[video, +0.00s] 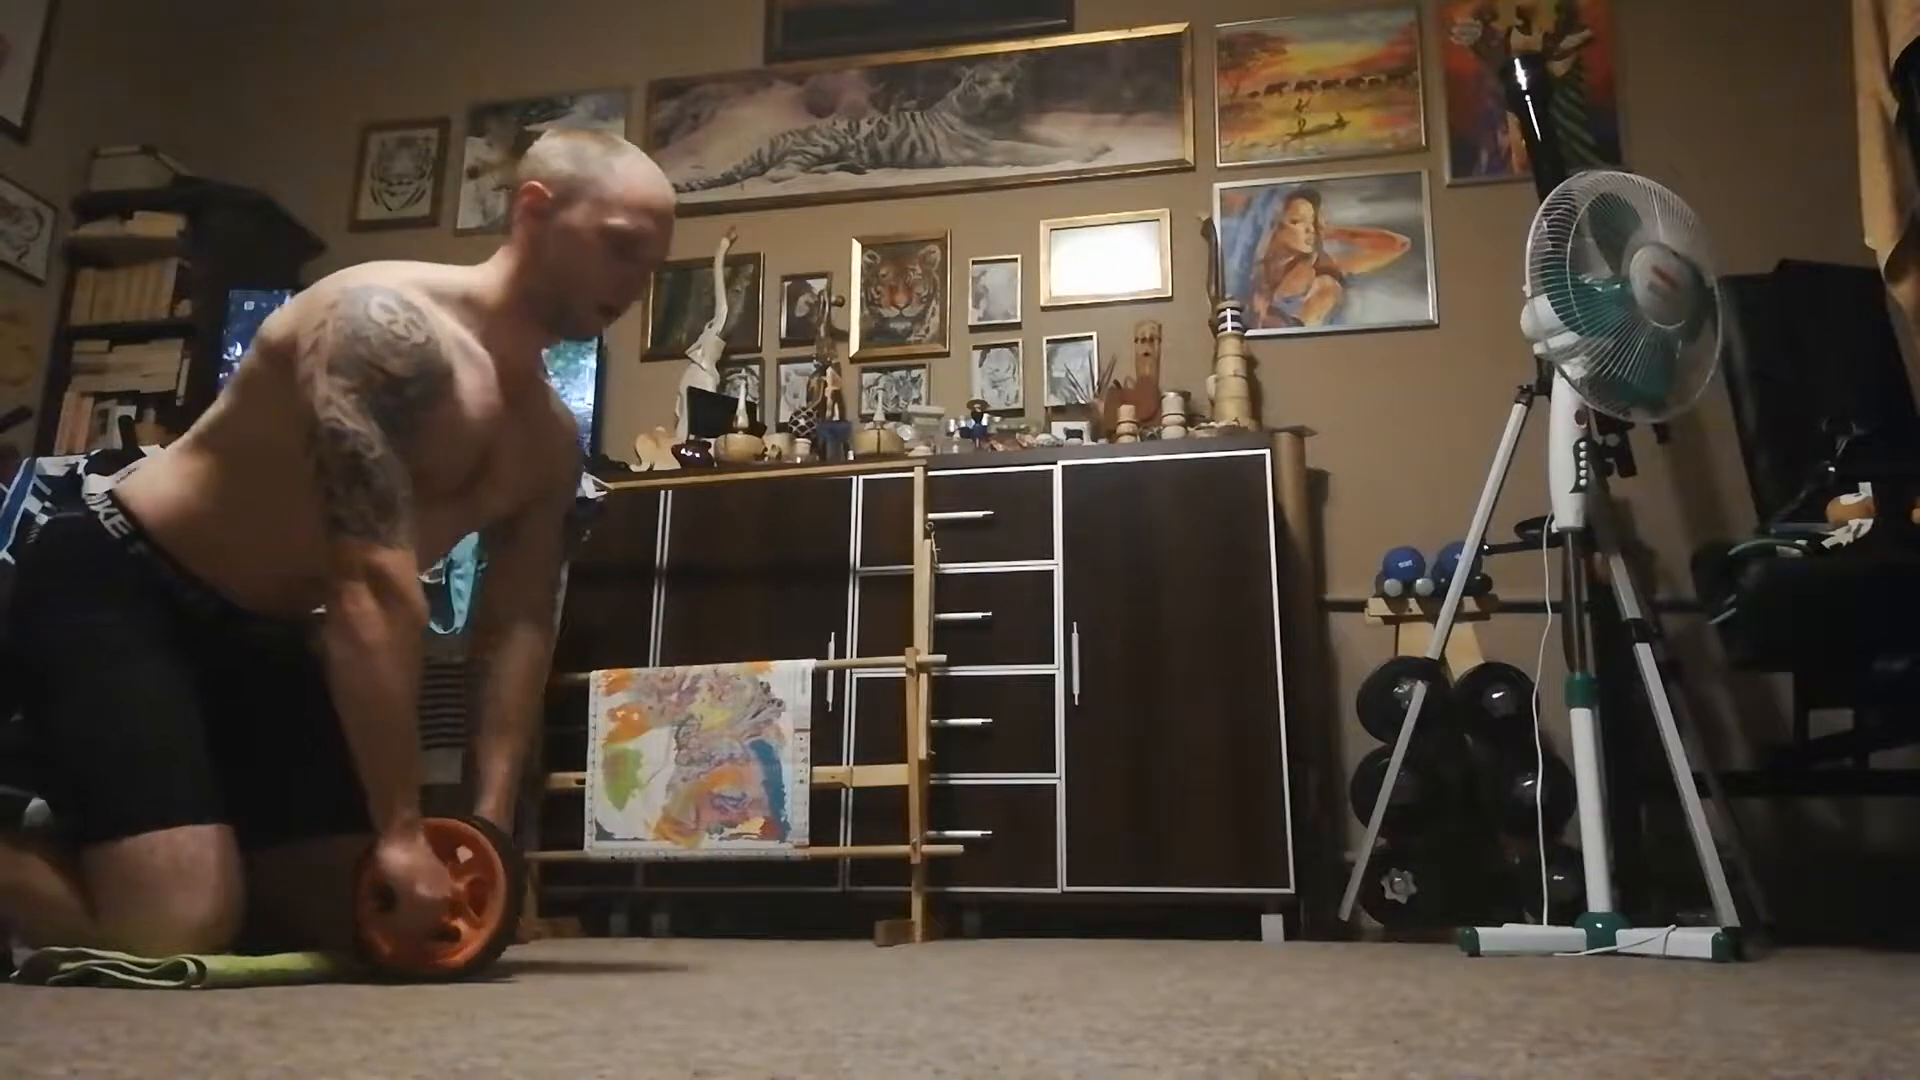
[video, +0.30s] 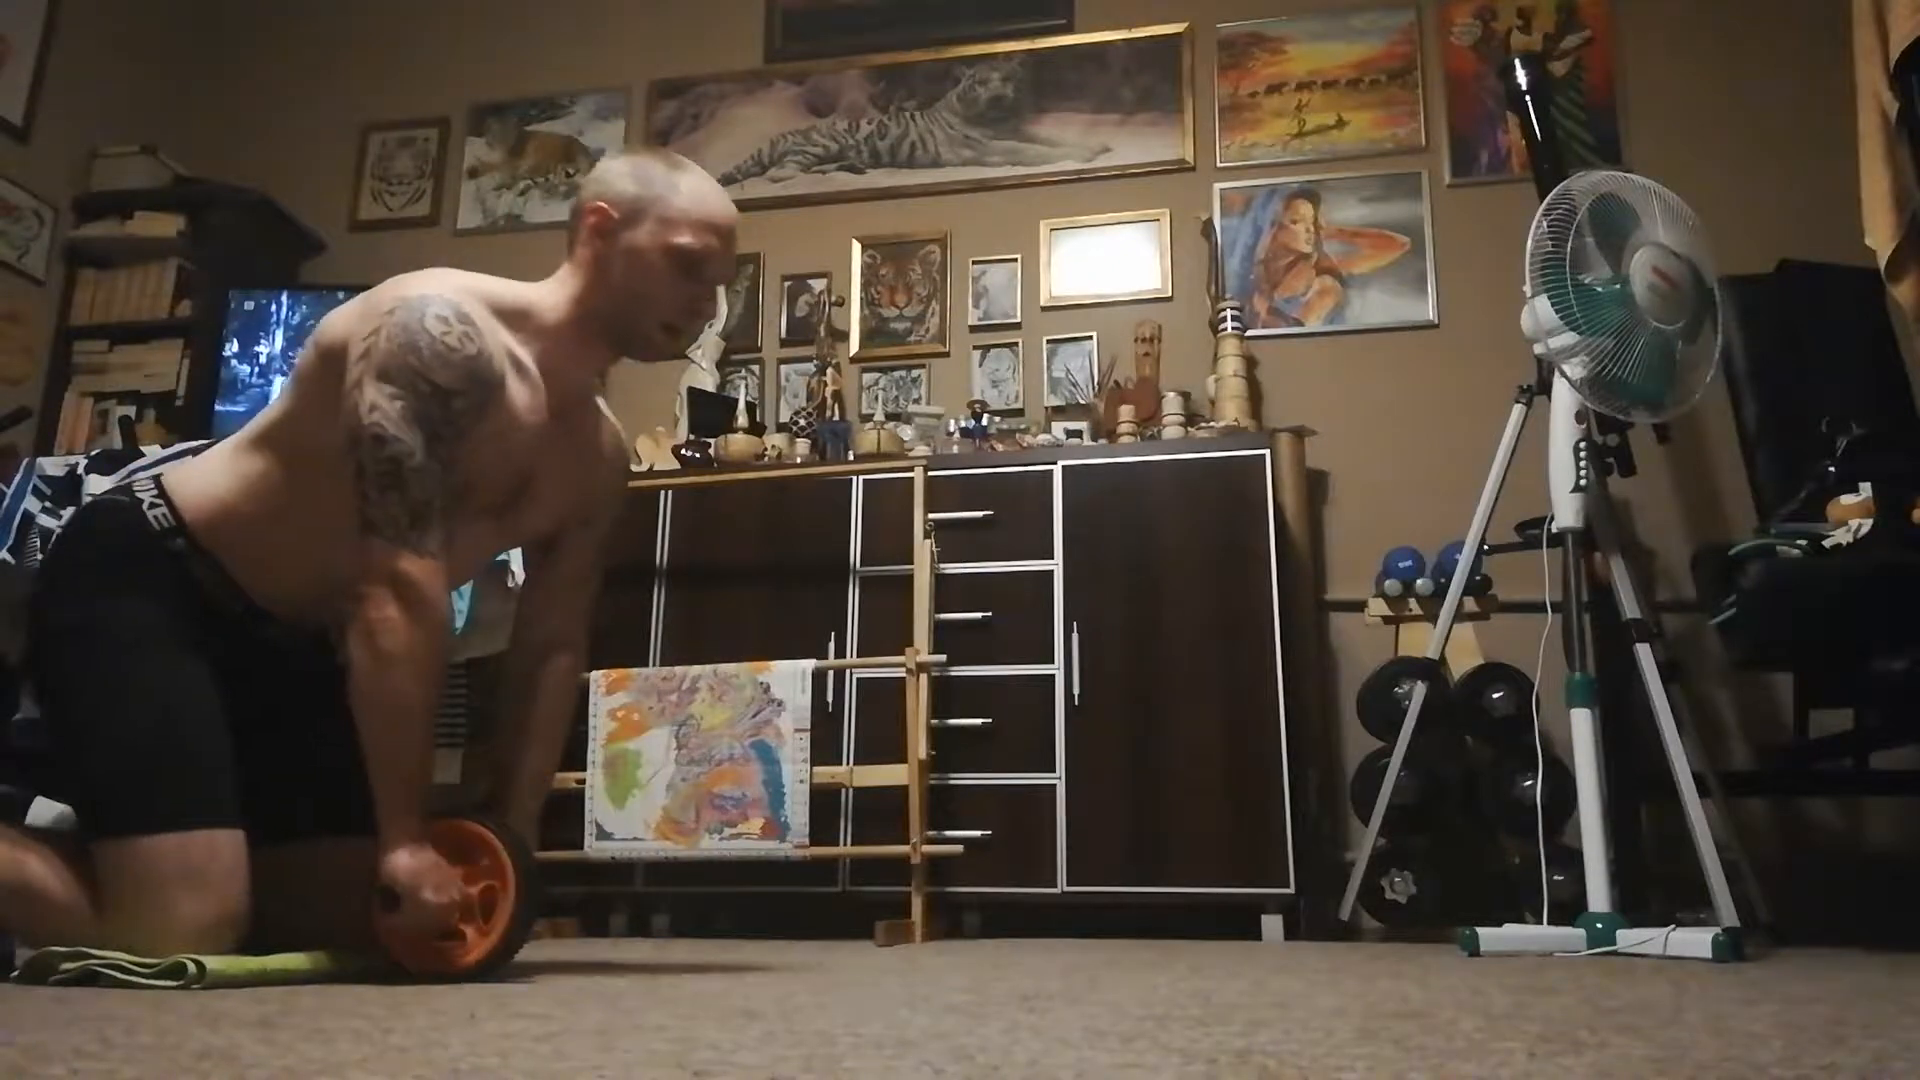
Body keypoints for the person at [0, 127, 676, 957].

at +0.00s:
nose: (637, 286)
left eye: (653, 266)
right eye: (623, 249)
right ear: (538, 209)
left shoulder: (551, 440)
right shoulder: (384, 326)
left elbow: (519, 627)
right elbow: (368, 593)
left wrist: (490, 829)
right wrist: (401, 833)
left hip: (265, 636)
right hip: (116, 579)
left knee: (345, 916)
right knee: (178, 929)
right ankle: (10, 850)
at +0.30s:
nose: (711, 302)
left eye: (722, 279)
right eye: (692, 264)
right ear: (598, 230)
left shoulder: (595, 459)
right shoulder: (439, 332)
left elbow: (549, 656)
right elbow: (390, 601)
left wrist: (506, 849)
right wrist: (404, 845)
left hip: (288, 642)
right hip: (144, 574)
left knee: (351, 916)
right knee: (181, 927)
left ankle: (84, 869)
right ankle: (8, 853)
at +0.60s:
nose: (716, 365)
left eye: (734, 347)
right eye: (712, 332)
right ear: (642, 267)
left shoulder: (602, 447)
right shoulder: (453, 335)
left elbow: (543, 648)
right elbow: (393, 605)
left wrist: (501, 854)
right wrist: (404, 853)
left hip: (295, 632)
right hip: (152, 568)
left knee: (364, 913)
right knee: (182, 929)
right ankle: (7, 847)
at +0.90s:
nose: (700, 393)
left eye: (721, 376)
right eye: (698, 358)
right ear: (634, 288)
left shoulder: (587, 460)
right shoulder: (432, 334)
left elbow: (537, 654)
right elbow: (387, 599)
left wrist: (497, 857)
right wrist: (406, 839)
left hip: (298, 629)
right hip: (154, 566)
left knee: (365, 911)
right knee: (178, 926)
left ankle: (121, 863)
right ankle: (14, 842)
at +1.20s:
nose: (699, 385)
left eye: (721, 368)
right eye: (695, 352)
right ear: (628, 281)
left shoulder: (588, 463)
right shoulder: (430, 334)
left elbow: (536, 655)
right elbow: (382, 604)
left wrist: (493, 861)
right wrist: (397, 845)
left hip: (295, 630)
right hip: (154, 566)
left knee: (362, 911)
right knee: (179, 924)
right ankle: (13, 848)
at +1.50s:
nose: (712, 379)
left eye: (733, 359)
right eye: (709, 342)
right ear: (638, 277)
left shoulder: (593, 461)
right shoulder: (442, 334)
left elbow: (542, 653)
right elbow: (389, 603)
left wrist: (498, 860)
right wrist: (401, 847)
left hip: (297, 633)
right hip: (156, 571)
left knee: (360, 912)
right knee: (177, 927)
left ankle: (107, 859)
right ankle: (21, 861)